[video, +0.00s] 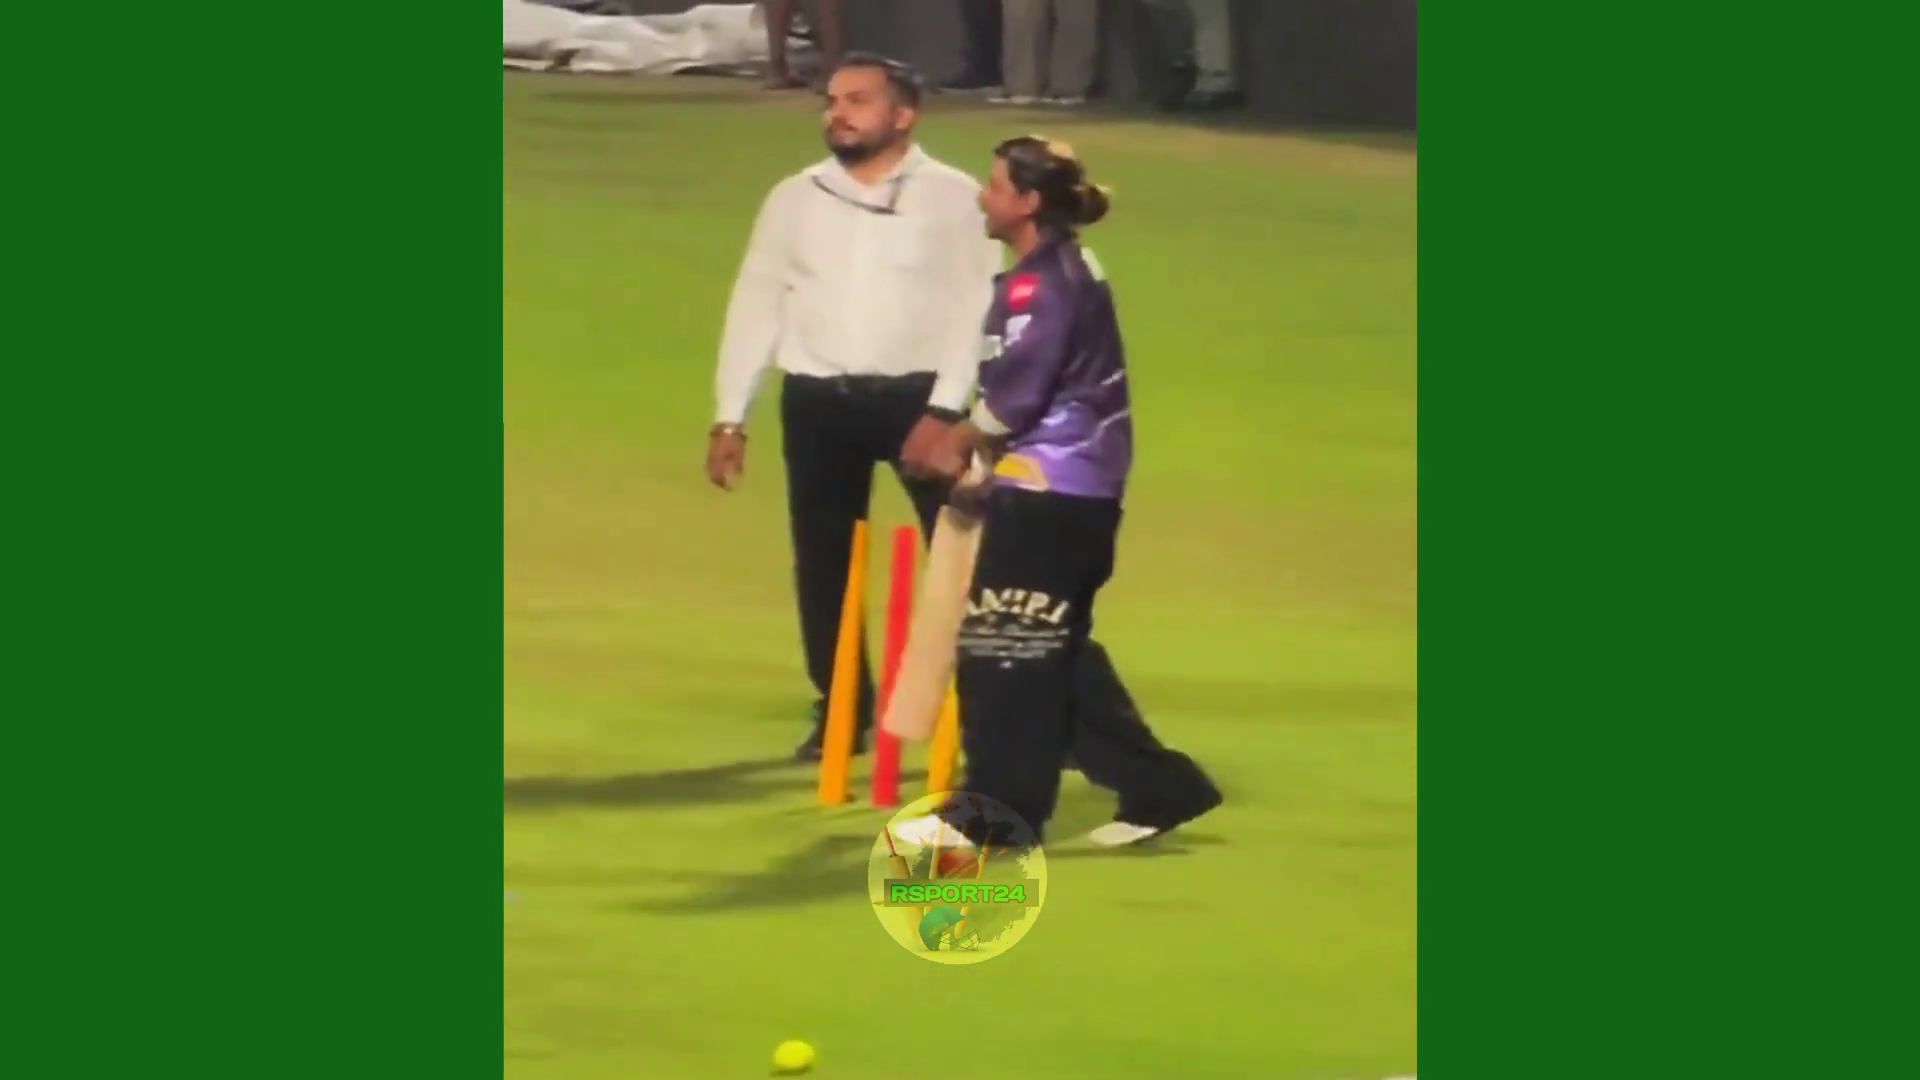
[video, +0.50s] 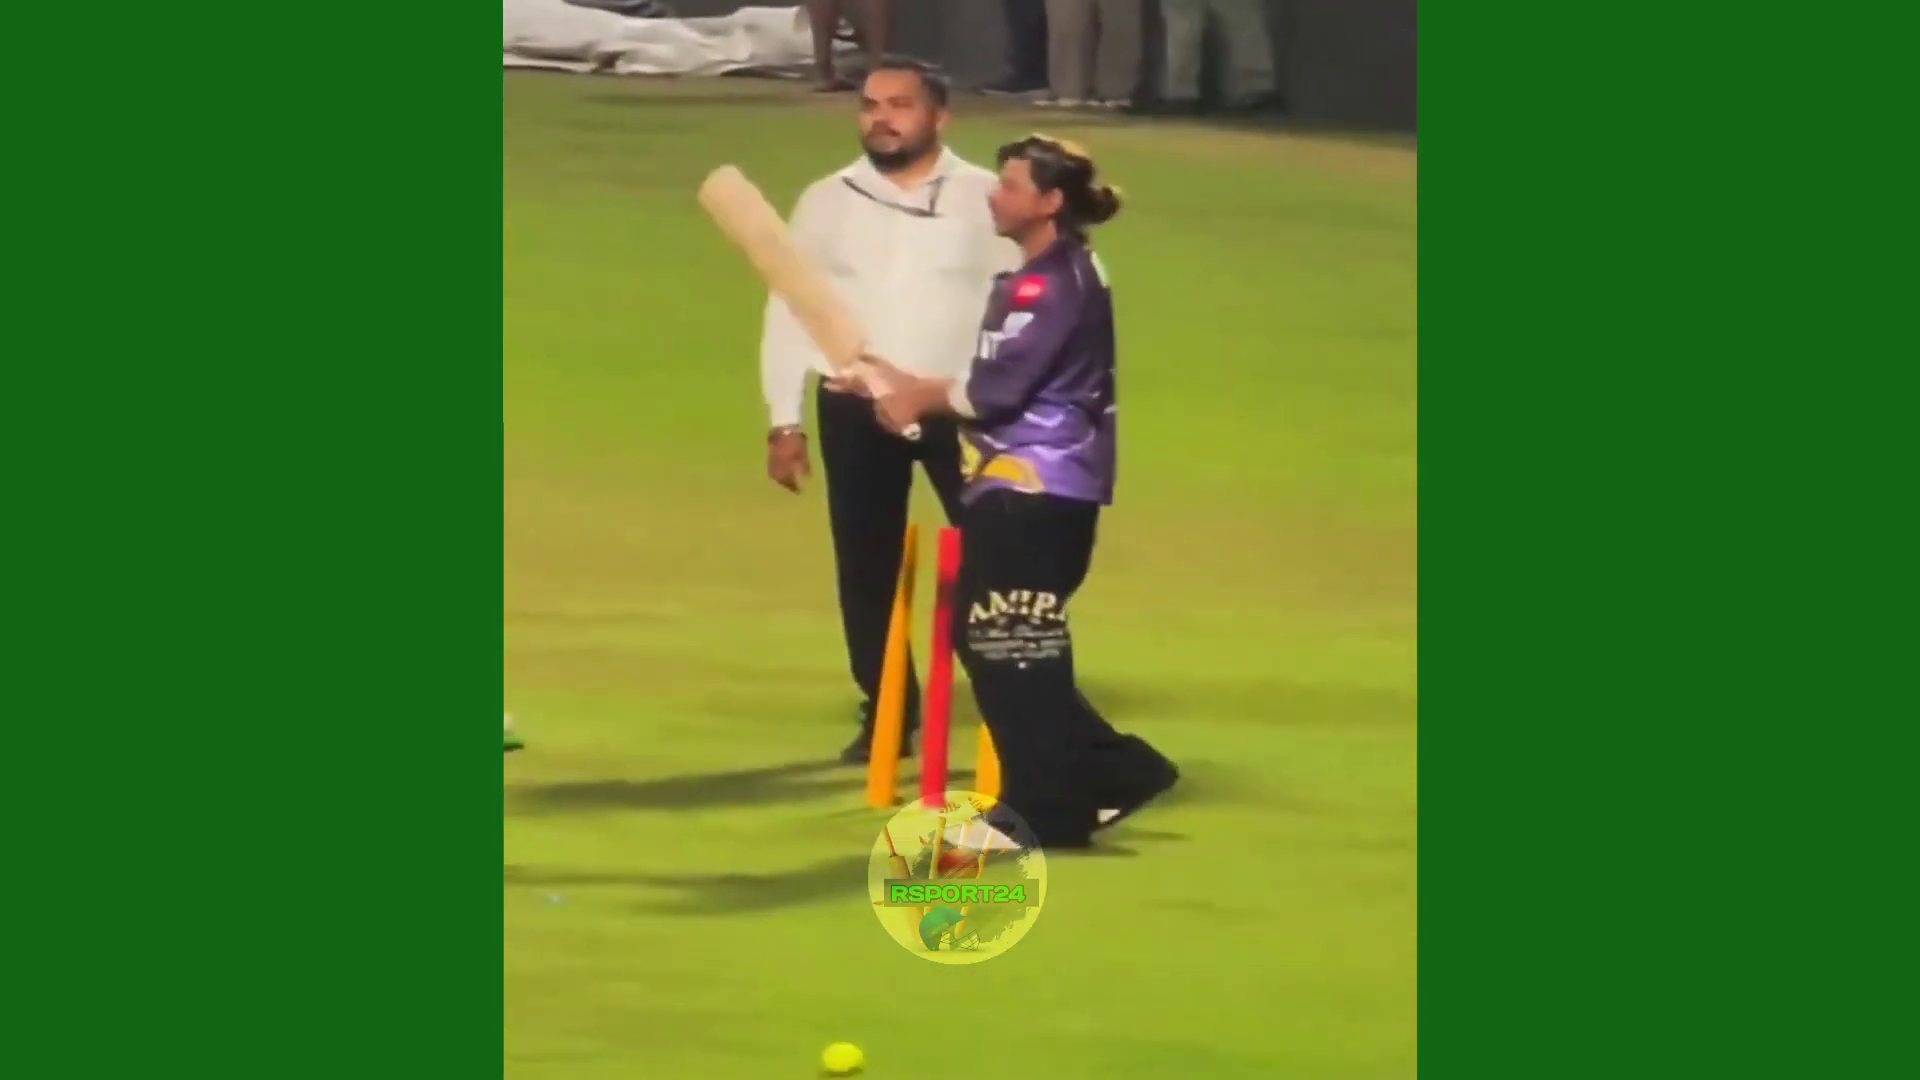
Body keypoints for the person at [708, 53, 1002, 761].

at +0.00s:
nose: (837, 113)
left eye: (856, 102)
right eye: (832, 101)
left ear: (903, 115)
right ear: (823, 109)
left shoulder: (956, 197)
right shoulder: (795, 198)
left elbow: (976, 307)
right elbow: (755, 304)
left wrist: (947, 411)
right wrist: (729, 416)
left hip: (918, 404)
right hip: (818, 404)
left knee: (965, 557)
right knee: (822, 571)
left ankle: (977, 711)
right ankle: (839, 716)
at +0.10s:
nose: (853, 115)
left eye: (872, 103)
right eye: (848, 102)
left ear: (920, 115)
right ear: (839, 109)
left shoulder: (975, 198)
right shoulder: (812, 199)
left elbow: (1007, 312)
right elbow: (769, 306)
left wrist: (976, 420)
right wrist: (741, 417)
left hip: (942, 411)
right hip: (836, 409)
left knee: (974, 566)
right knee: (841, 569)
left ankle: (1016, 706)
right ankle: (856, 715)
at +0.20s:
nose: (869, 118)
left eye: (887, 107)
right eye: (864, 106)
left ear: (934, 119)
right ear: (856, 114)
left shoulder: (990, 201)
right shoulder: (826, 204)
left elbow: (1028, 314)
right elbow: (787, 310)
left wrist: (993, 420)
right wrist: (761, 420)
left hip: (957, 406)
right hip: (852, 407)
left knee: (993, 566)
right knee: (859, 574)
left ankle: (1031, 718)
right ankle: (878, 720)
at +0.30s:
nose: (885, 122)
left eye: (902, 111)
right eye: (878, 110)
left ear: (948, 122)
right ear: (869, 118)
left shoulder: (1002, 204)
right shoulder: (837, 207)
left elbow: (1043, 317)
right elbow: (800, 317)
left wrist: (1003, 420)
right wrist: (782, 426)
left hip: (973, 420)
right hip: (866, 423)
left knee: (1016, 568)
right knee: (875, 584)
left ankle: (1043, 721)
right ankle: (892, 726)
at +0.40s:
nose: (879, 121)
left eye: (896, 110)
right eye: (873, 109)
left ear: (941, 120)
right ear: (863, 116)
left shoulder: (995, 203)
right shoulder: (831, 205)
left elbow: (1041, 312)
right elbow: (787, 321)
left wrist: (1002, 411)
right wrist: (783, 426)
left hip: (966, 418)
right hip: (862, 416)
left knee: (1014, 559)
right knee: (870, 577)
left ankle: (1035, 717)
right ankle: (892, 719)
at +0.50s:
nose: (879, 119)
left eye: (898, 106)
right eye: (870, 106)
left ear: (938, 116)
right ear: (858, 114)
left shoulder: (987, 198)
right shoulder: (826, 201)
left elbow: (1024, 308)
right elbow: (787, 313)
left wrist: (1002, 414)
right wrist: (783, 421)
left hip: (958, 410)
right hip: (856, 411)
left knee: (997, 555)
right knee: (866, 571)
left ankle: (1018, 713)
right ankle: (885, 712)